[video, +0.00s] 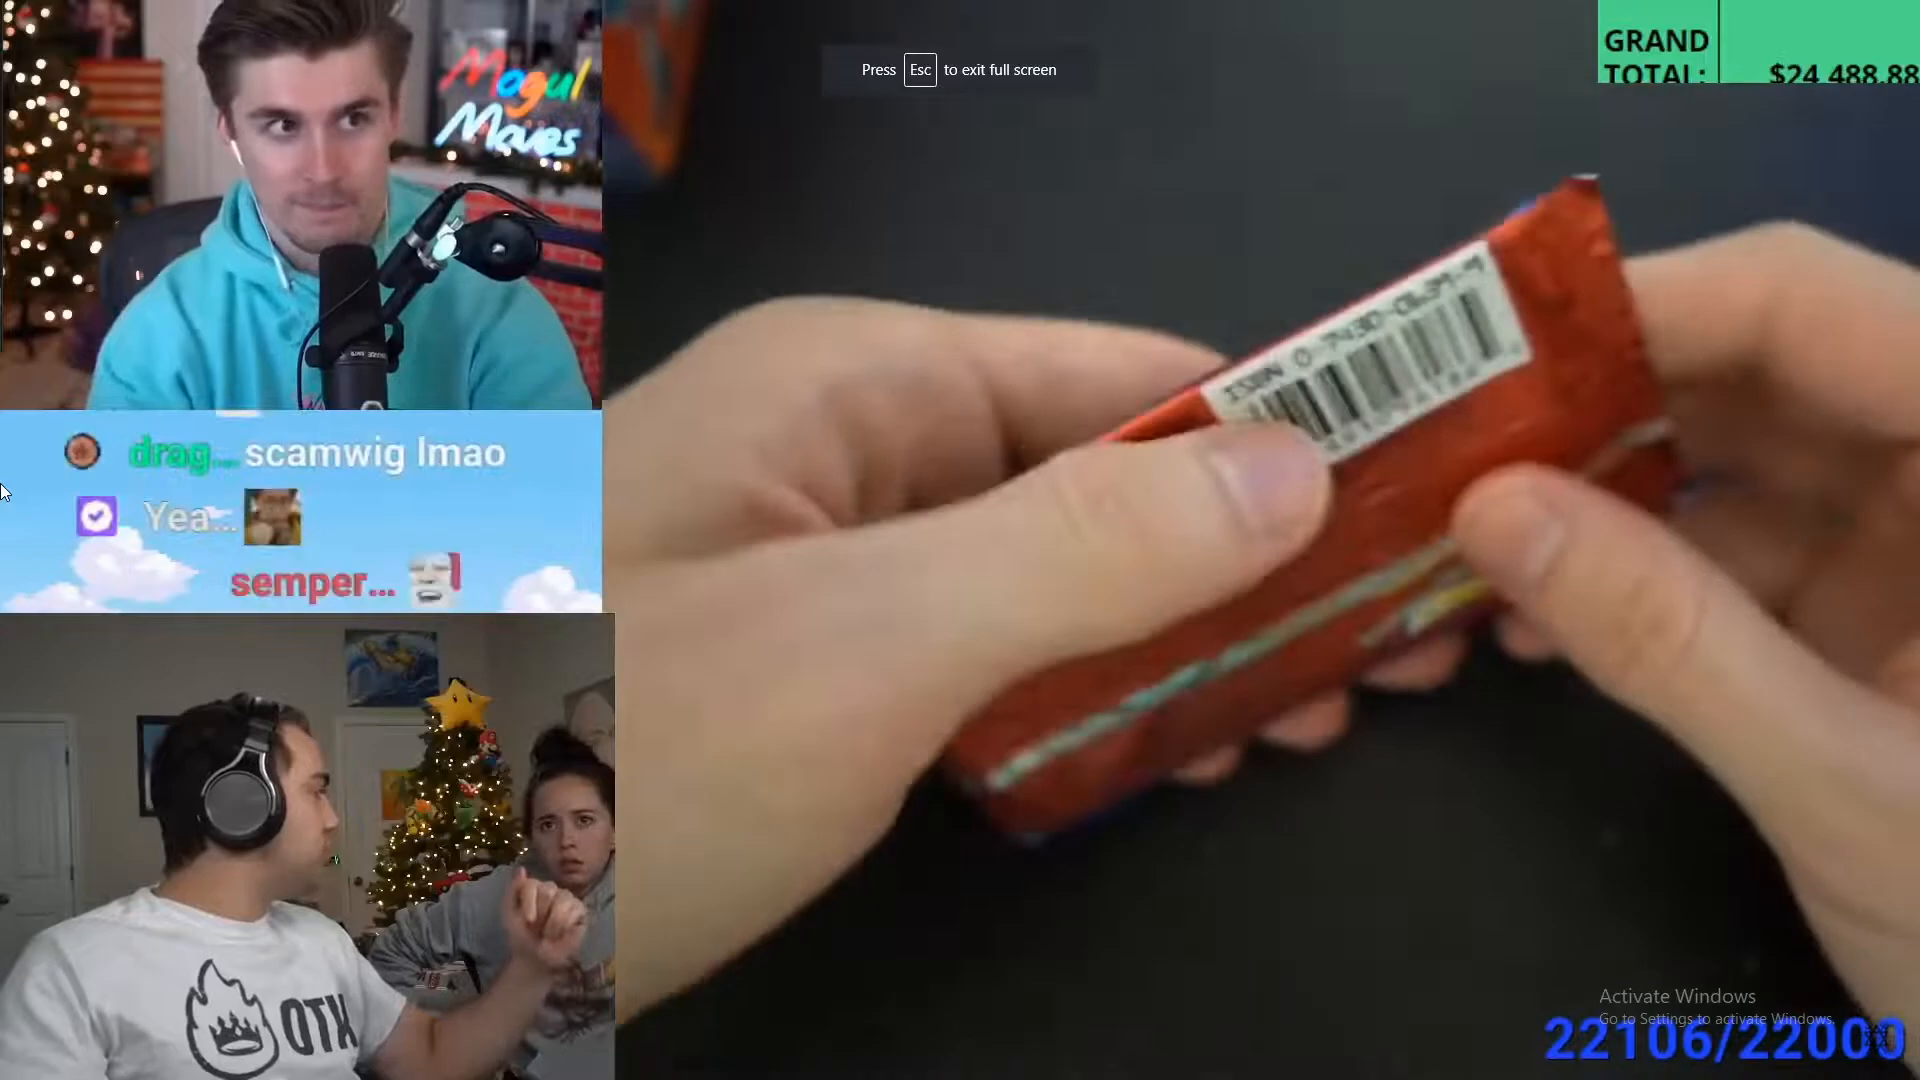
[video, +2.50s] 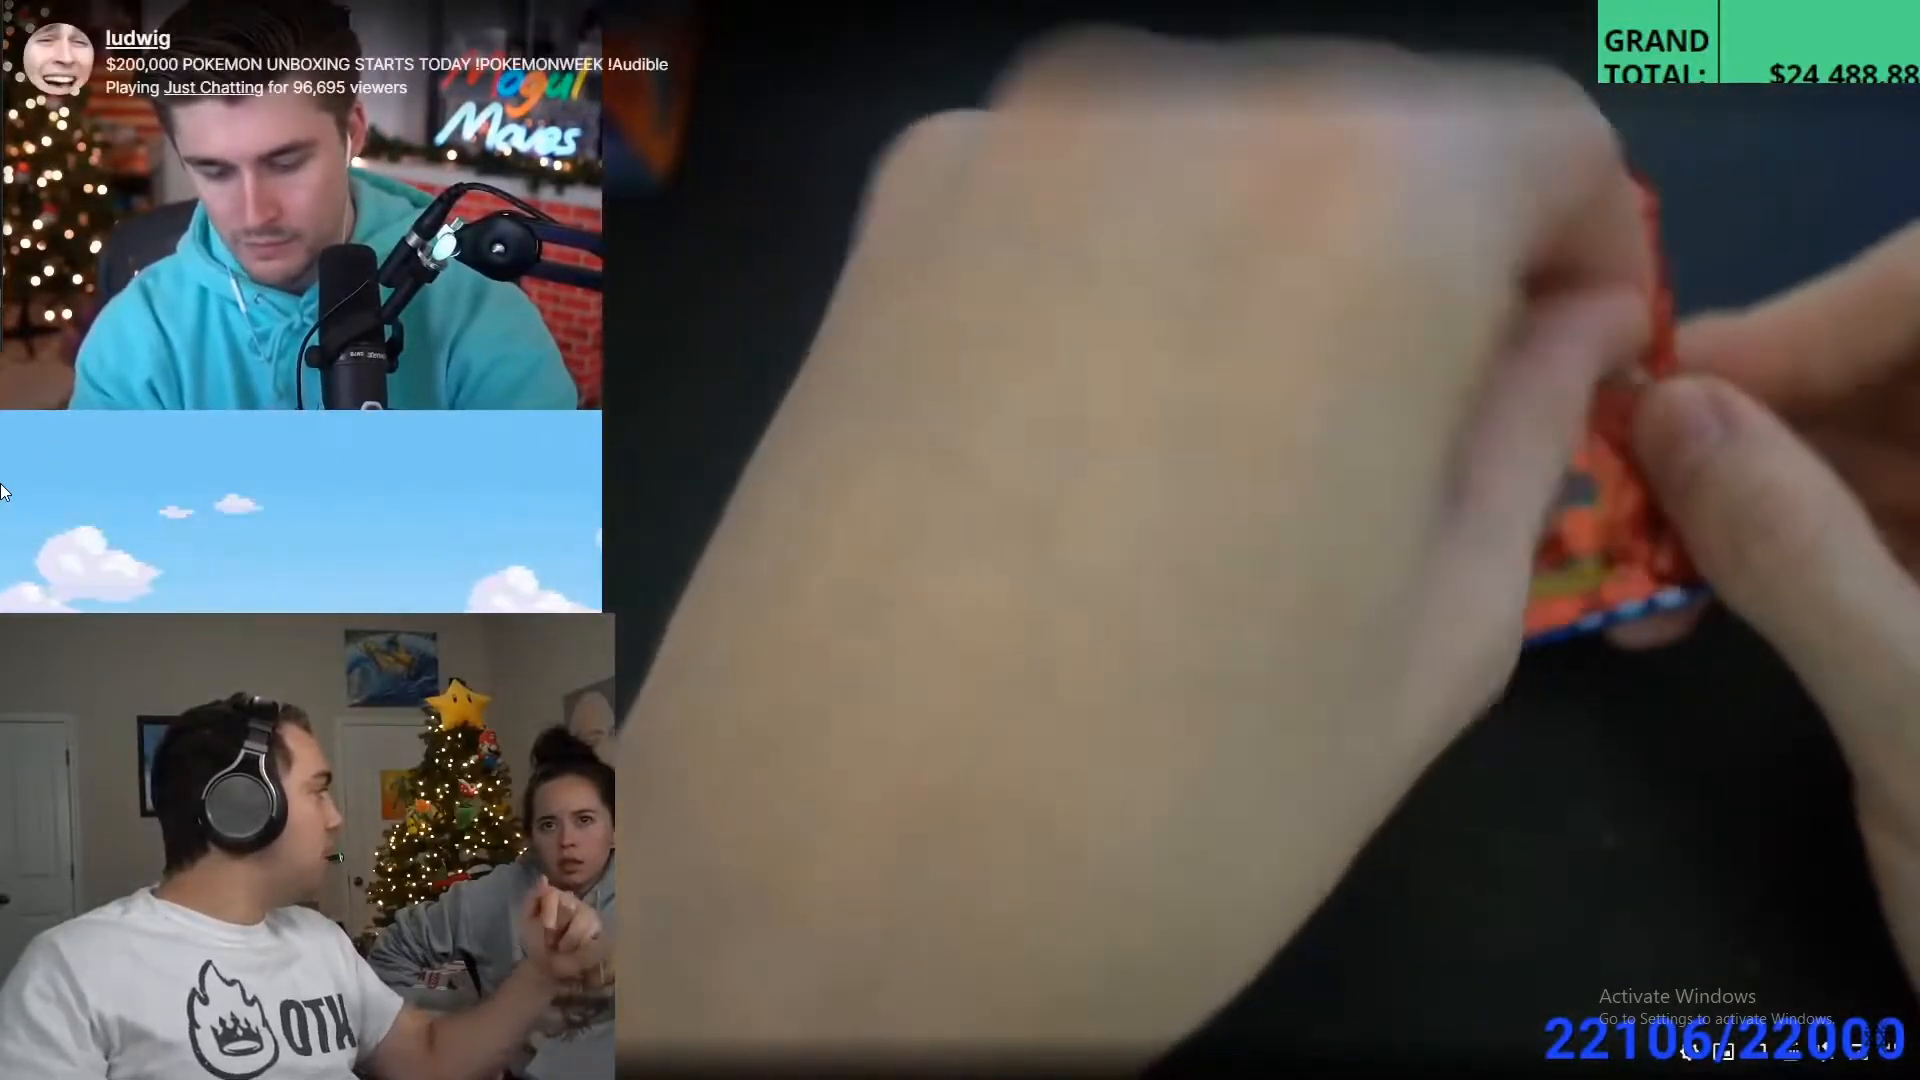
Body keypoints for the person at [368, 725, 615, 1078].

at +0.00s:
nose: (567, 841)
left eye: (584, 821)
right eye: (548, 825)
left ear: (614, 831)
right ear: (531, 836)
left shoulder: (641, 895)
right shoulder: (489, 900)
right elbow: (387, 957)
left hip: (616, 1070)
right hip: (535, 1072)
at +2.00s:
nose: (567, 842)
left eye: (585, 821)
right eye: (549, 825)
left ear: (615, 829)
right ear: (531, 836)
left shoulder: (642, 895)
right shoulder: (493, 898)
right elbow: (389, 956)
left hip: (618, 1069)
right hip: (530, 1071)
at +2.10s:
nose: (567, 842)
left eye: (585, 821)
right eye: (549, 825)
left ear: (615, 828)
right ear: (531, 836)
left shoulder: (643, 895)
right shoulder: (493, 898)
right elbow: (389, 956)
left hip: (619, 1068)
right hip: (531, 1071)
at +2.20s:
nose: (567, 842)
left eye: (585, 821)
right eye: (549, 825)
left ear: (615, 828)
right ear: (531, 836)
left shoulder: (644, 894)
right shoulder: (493, 898)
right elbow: (392, 952)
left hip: (620, 1069)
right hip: (526, 1071)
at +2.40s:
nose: (567, 842)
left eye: (585, 821)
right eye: (548, 825)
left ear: (615, 828)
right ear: (531, 836)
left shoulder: (642, 893)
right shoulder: (491, 899)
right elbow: (389, 956)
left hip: (615, 1069)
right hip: (528, 1071)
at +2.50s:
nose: (567, 842)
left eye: (585, 821)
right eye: (548, 825)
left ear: (615, 828)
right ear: (530, 836)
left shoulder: (641, 897)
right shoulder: (491, 898)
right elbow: (388, 958)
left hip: (609, 1070)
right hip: (522, 1072)